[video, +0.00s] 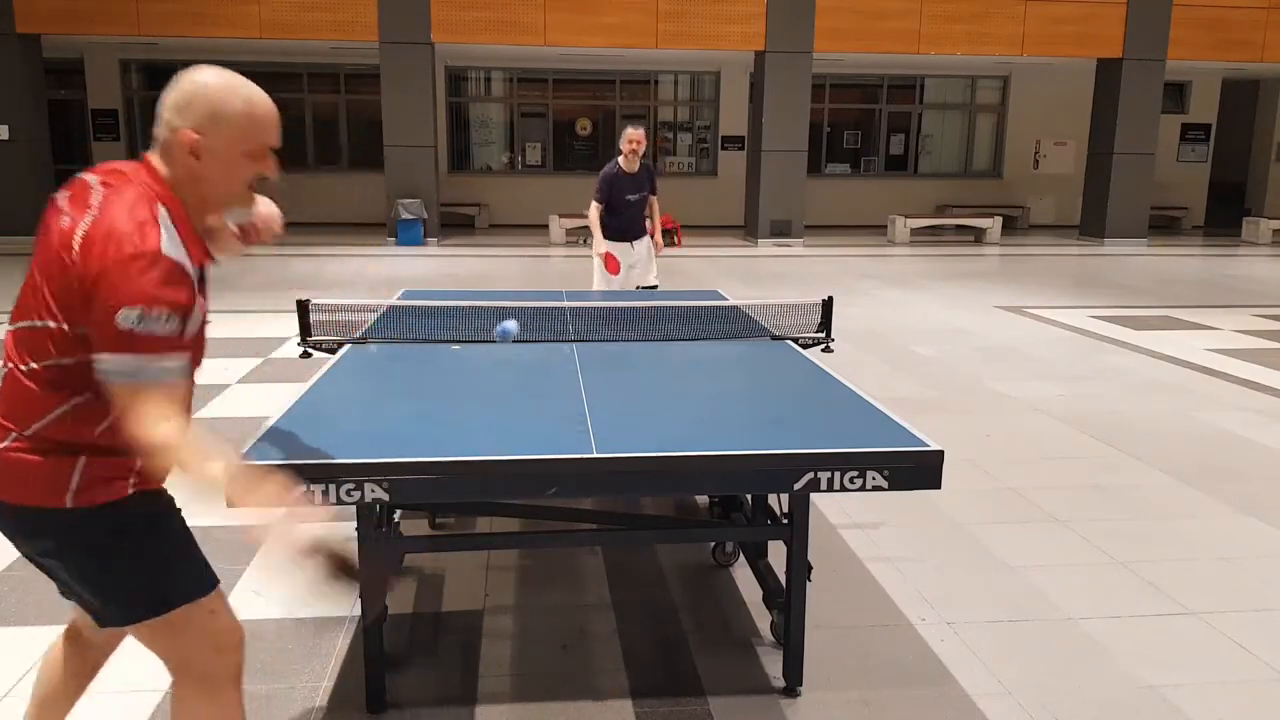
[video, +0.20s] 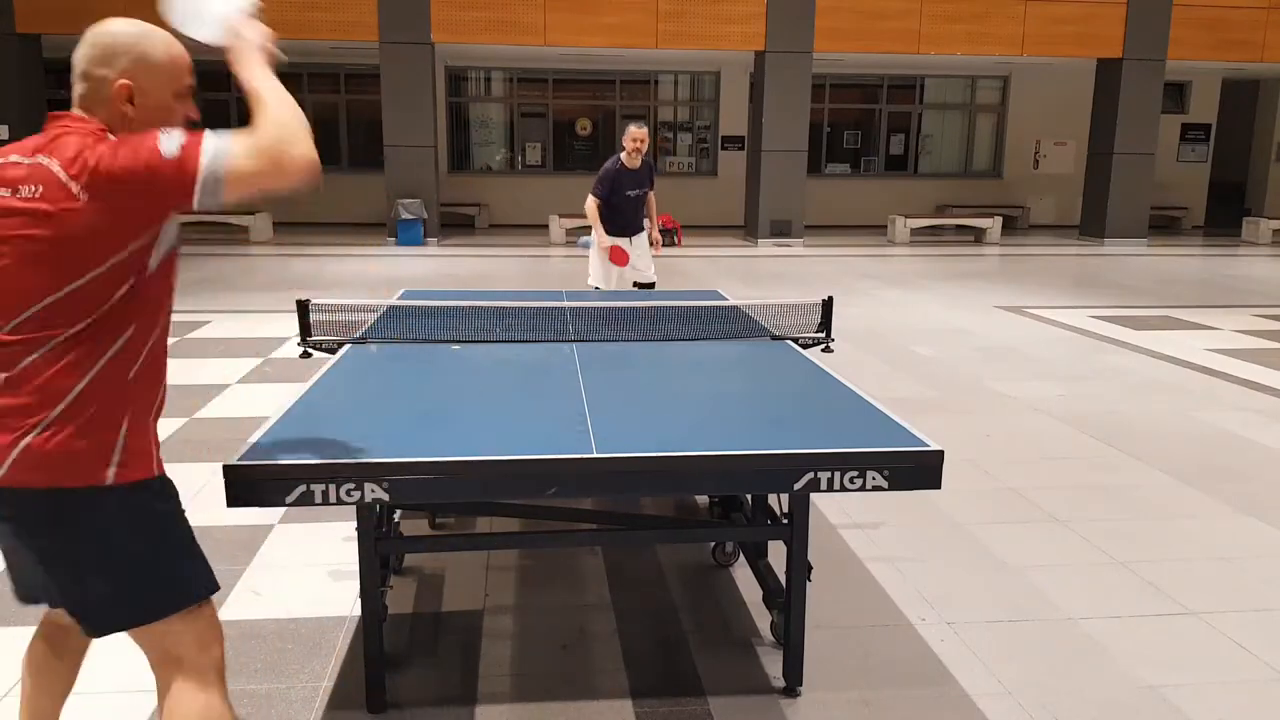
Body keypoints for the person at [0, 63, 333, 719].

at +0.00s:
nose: (270, 171)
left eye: (273, 153)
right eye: (260, 152)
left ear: (189, 145)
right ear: (194, 147)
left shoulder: (102, 184)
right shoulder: (144, 248)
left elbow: (163, 228)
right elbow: (152, 424)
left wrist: (223, 227)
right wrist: (247, 485)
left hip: (28, 462)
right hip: (83, 481)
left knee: (103, 615)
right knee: (210, 649)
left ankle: (39, 716)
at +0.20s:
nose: (191, 115)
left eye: (189, 97)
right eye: (178, 96)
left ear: (109, 94)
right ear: (123, 95)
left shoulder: (15, 162)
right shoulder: (122, 166)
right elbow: (291, 158)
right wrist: (250, 58)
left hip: (15, 462)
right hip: (93, 468)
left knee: (66, 619)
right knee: (191, 662)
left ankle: (35, 719)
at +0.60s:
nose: (139, 113)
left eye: (139, 100)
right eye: (137, 100)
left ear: (48, 102)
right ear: (113, 103)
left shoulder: (5, 168)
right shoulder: (116, 178)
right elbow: (275, 239)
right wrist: (262, 148)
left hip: (6, 464)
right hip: (86, 465)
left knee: (58, 620)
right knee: (200, 652)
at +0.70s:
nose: (168, 115)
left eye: (168, 102)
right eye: (166, 102)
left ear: (74, 104)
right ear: (142, 106)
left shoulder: (6, 174)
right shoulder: (134, 188)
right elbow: (276, 283)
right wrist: (295, 202)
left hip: (5, 470)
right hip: (92, 472)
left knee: (58, 631)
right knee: (217, 651)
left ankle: (32, 719)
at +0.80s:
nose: (207, 125)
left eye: (204, 110)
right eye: (204, 111)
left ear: (109, 113)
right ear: (182, 118)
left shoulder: (30, 185)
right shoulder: (159, 203)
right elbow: (278, 333)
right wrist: (321, 265)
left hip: (12, 481)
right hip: (106, 488)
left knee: (69, 635)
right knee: (244, 658)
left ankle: (31, 718)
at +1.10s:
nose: (300, 143)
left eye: (300, 128)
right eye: (299, 127)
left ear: (204, 119)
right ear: (278, 131)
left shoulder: (119, 178)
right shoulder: (231, 225)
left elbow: (151, 304)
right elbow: (287, 398)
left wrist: (262, 306)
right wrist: (361, 364)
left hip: (34, 472)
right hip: (129, 492)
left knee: (103, 640)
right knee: (280, 648)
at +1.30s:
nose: (358, 195)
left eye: (360, 179)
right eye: (359, 179)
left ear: (261, 163)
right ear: (330, 186)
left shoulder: (182, 208)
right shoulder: (268, 289)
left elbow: (212, 306)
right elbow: (336, 455)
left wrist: (320, 302)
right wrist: (424, 396)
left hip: (50, 491)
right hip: (130, 521)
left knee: (128, 628)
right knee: (299, 662)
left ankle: (74, 715)